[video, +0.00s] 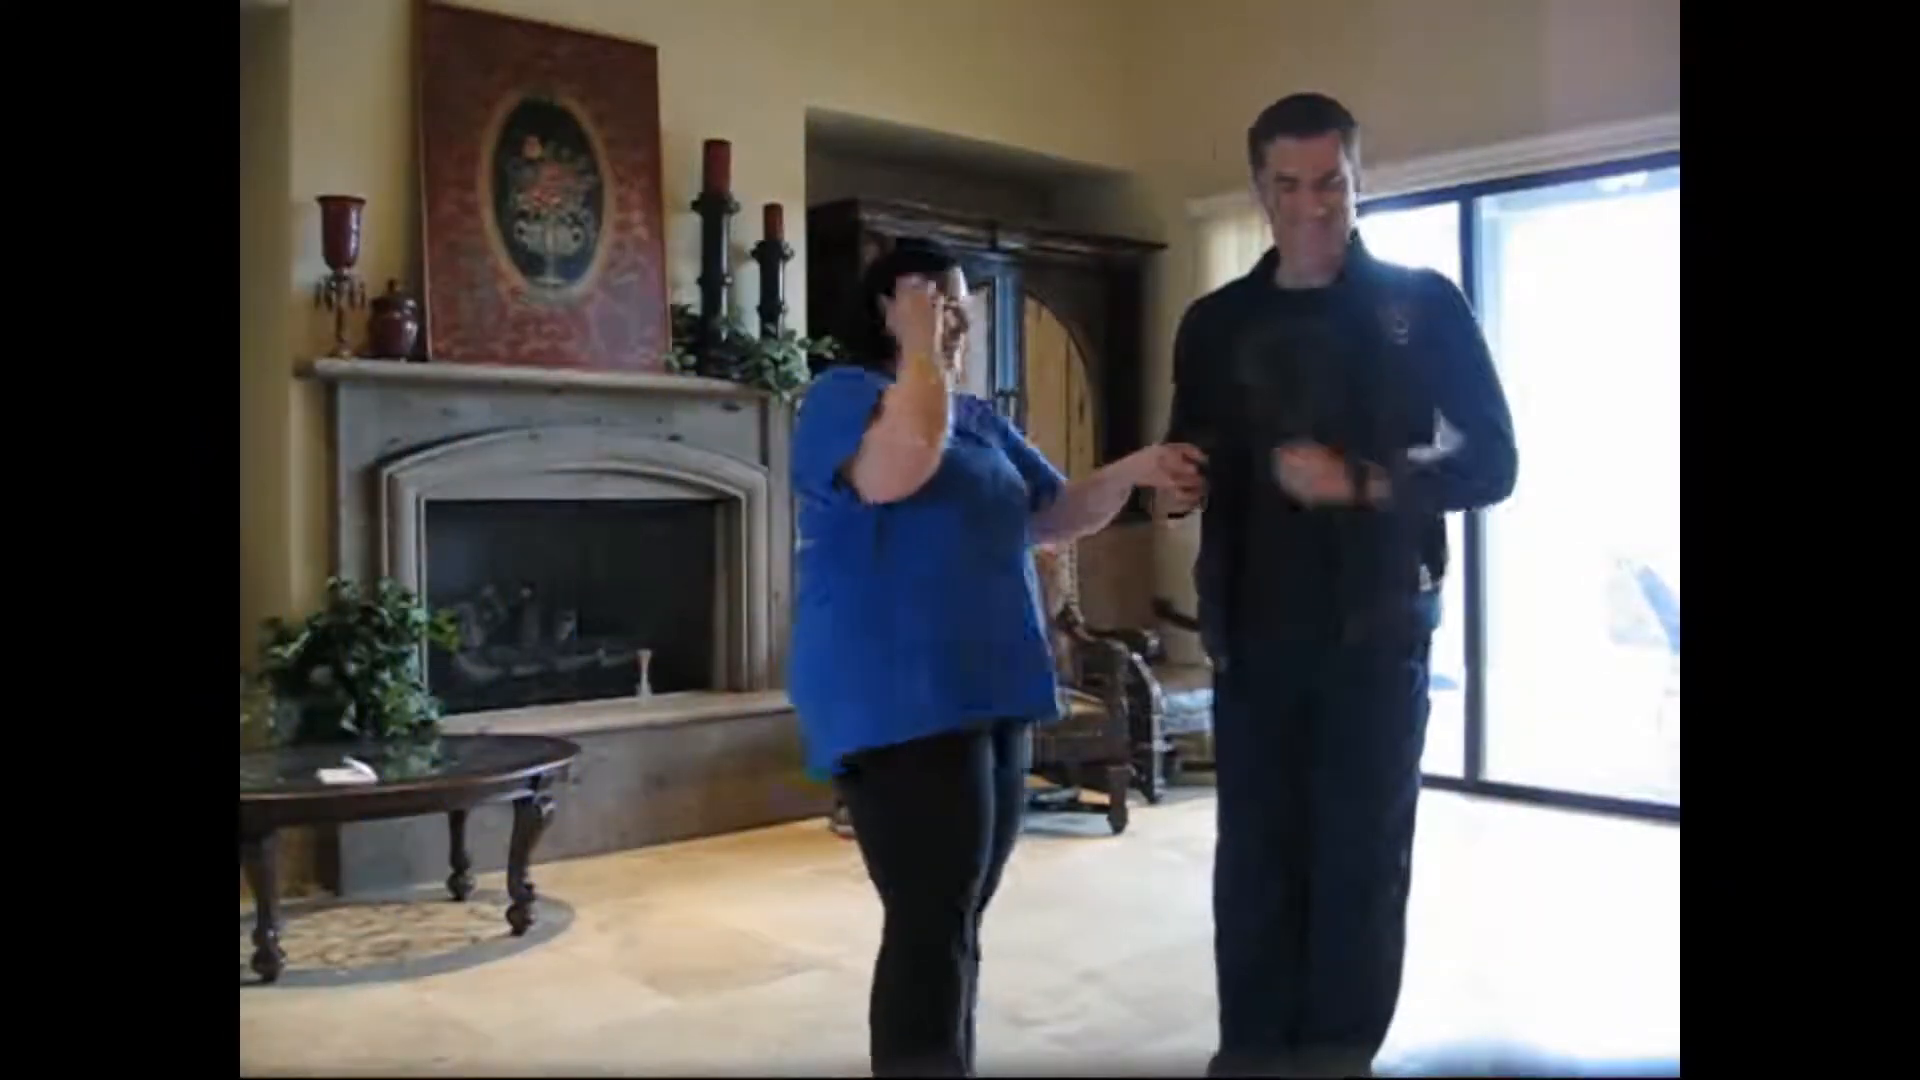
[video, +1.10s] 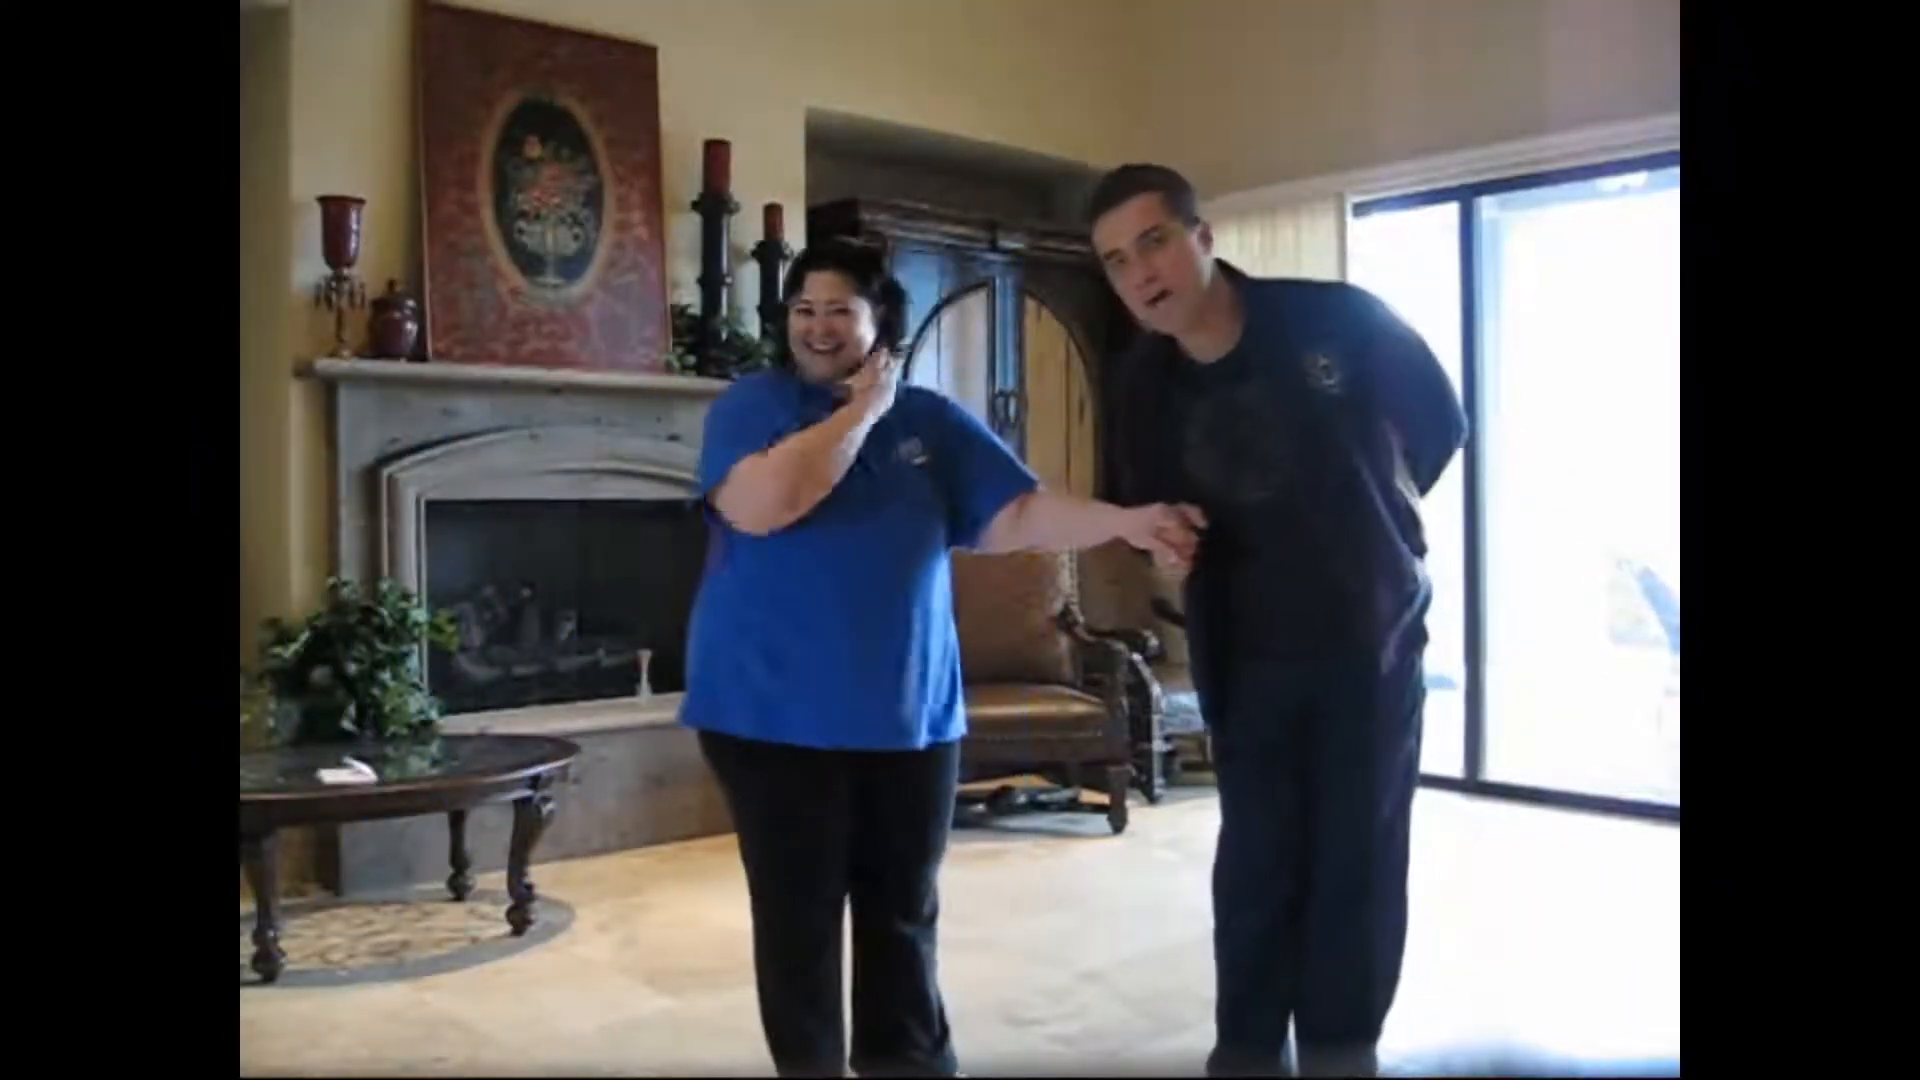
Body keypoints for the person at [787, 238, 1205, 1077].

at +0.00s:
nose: (953, 304)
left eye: (958, 292)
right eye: (931, 292)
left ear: (968, 313)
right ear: (882, 309)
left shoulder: (979, 419)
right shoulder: (840, 399)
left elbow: (1054, 512)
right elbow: (892, 472)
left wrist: (1135, 470)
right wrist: (921, 352)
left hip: (993, 699)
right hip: (898, 703)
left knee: (956, 920)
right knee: (931, 919)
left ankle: (947, 1064)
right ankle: (916, 1071)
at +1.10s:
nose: (819, 326)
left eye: (840, 312)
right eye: (804, 310)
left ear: (881, 326)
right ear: (785, 318)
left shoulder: (925, 419)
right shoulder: (750, 405)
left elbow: (1015, 512)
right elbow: (757, 502)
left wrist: (1127, 521)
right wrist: (858, 411)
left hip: (907, 721)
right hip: (771, 720)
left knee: (902, 922)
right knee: (796, 927)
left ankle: (911, 1067)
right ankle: (811, 1069)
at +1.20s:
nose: (824, 325)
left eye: (843, 309)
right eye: (807, 309)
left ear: (879, 321)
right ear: (783, 320)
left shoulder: (920, 418)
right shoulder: (748, 411)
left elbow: (1013, 513)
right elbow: (701, 536)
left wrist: (1124, 528)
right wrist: (838, 471)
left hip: (907, 722)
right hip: (771, 724)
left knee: (902, 926)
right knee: (794, 935)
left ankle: (909, 1068)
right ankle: (811, 1069)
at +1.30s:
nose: (825, 321)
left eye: (845, 304)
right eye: (809, 304)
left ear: (881, 320)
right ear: (784, 319)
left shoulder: (921, 421)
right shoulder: (742, 417)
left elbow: (1011, 513)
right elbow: (673, 550)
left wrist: (1120, 537)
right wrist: (792, 567)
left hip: (907, 729)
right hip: (770, 733)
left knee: (900, 925)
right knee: (793, 934)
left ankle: (909, 1068)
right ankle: (811, 1068)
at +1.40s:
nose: (827, 316)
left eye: (846, 302)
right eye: (809, 301)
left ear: (876, 322)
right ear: (782, 318)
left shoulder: (920, 422)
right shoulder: (730, 423)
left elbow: (1010, 513)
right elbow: (664, 548)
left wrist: (1120, 522)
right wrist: (712, 647)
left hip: (907, 734)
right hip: (769, 737)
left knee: (901, 928)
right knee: (792, 935)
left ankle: (909, 1068)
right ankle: (809, 1068)